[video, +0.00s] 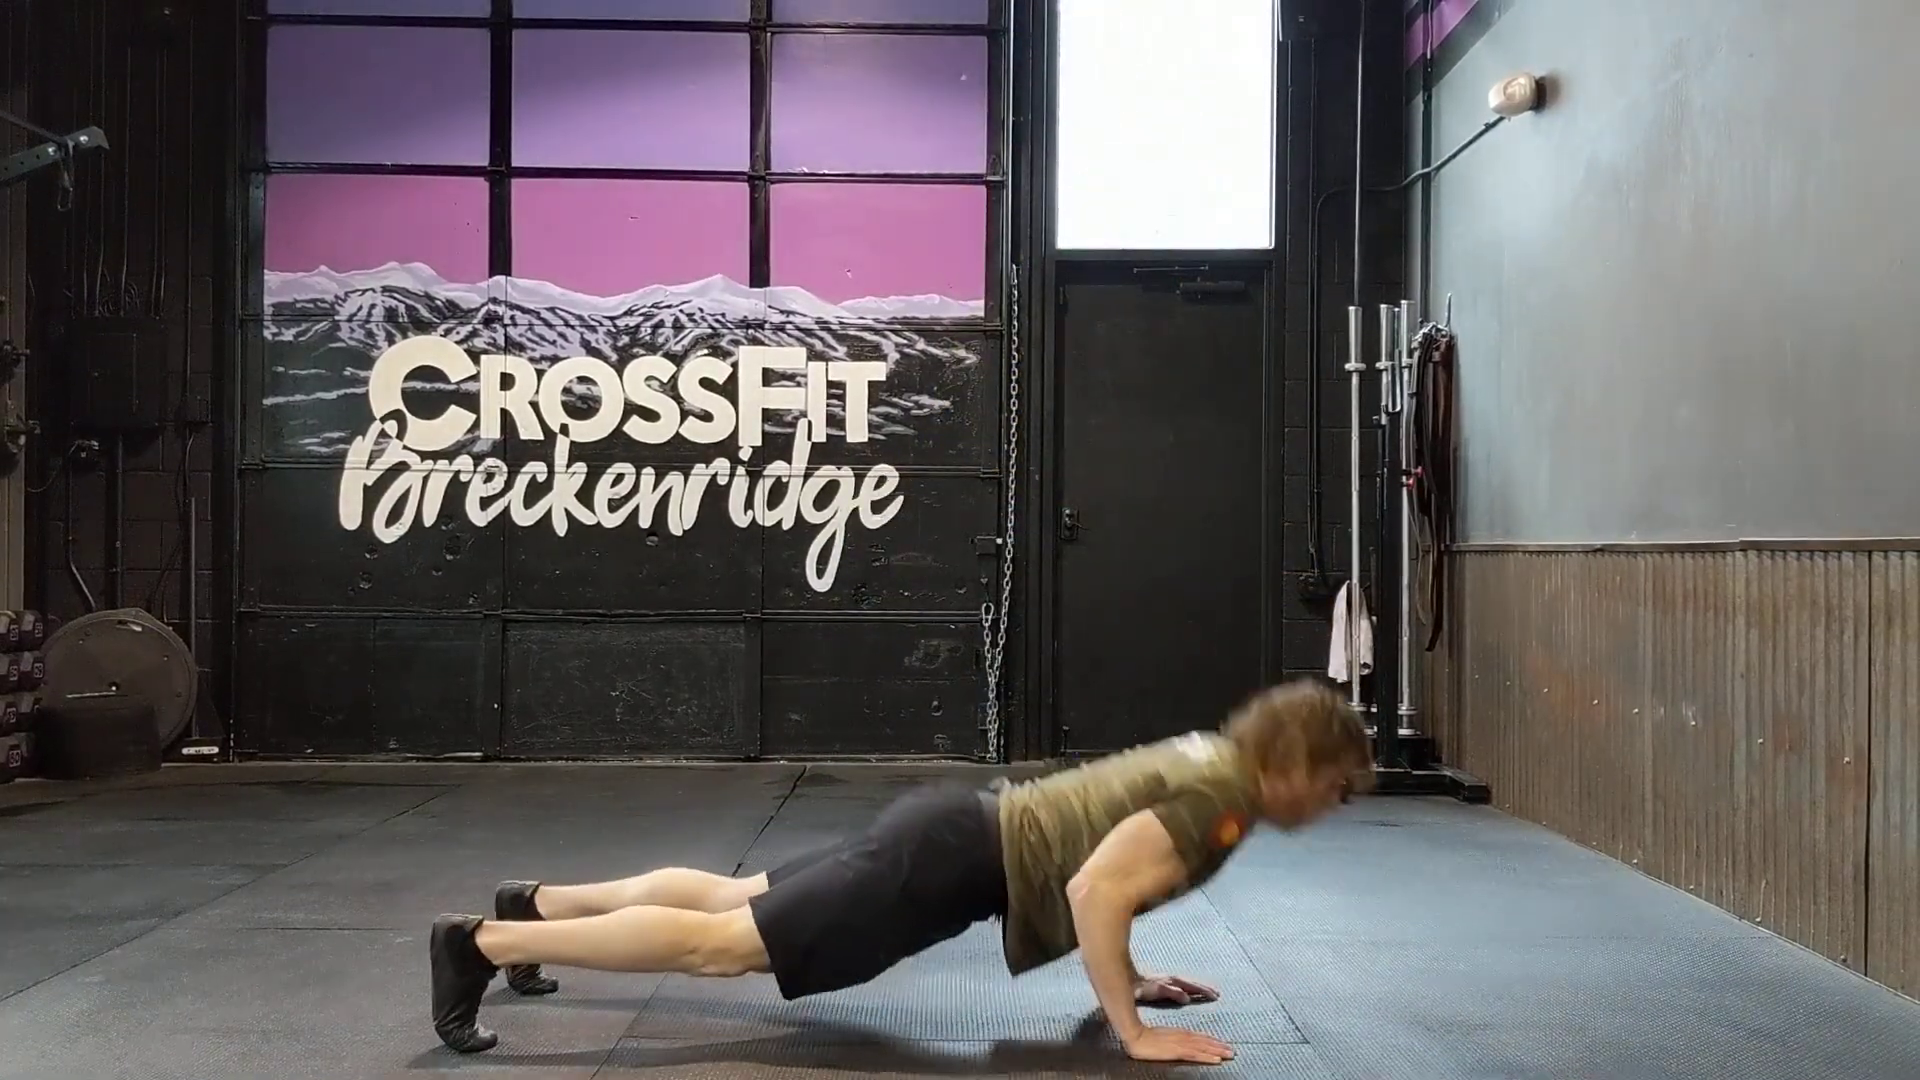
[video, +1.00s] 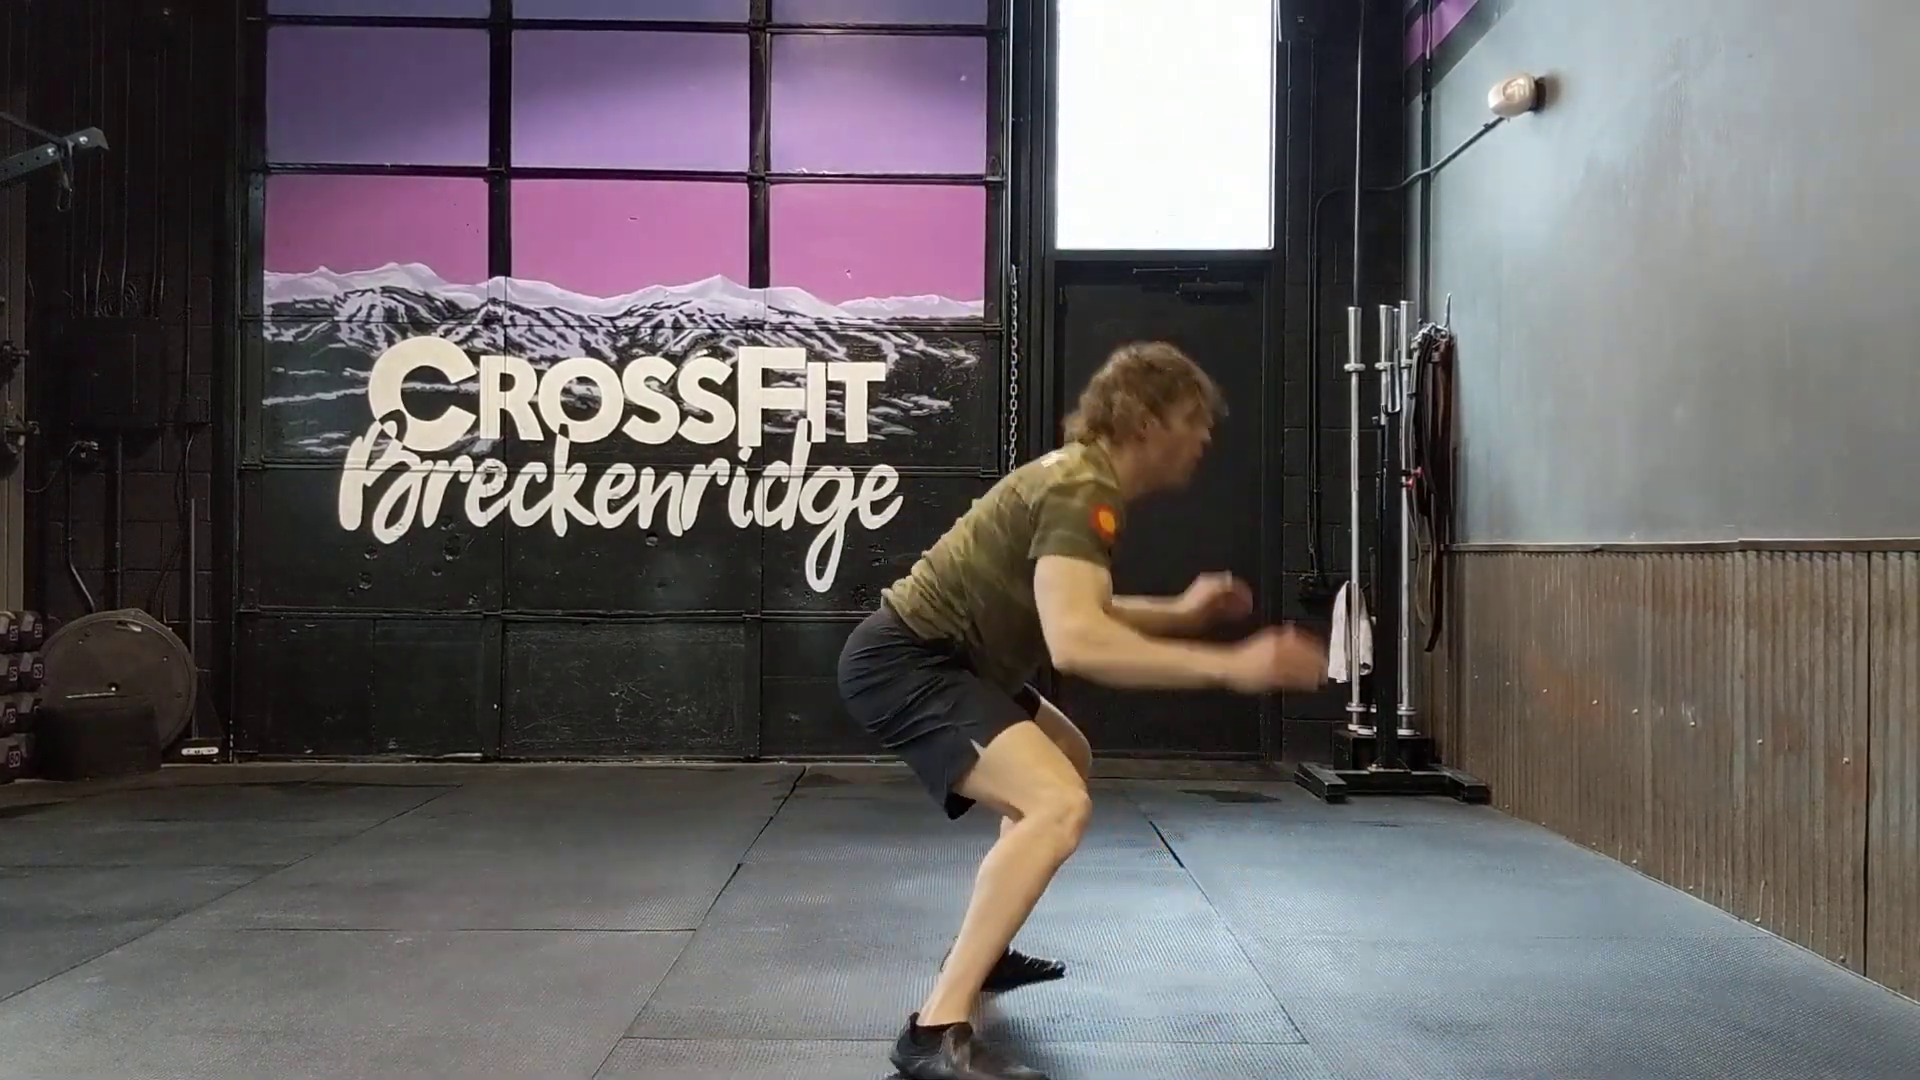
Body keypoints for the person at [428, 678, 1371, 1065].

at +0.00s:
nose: (1340, 798)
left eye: (1347, 783)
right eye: (1341, 781)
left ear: (1288, 743)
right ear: (1303, 765)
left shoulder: (1207, 768)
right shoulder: (1210, 799)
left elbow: (1101, 873)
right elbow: (1102, 889)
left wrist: (1133, 978)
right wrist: (1127, 1028)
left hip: (960, 824)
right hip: (961, 856)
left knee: (744, 896)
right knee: (723, 947)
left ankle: (545, 898)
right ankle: (485, 946)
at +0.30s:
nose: (1301, 762)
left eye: (1310, 748)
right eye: (1308, 742)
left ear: (1265, 693)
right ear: (1277, 704)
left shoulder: (1178, 697)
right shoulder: (1182, 710)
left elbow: (1123, 858)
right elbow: (1123, 868)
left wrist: (1133, 978)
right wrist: (1127, 1024)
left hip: (921, 724)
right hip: (923, 738)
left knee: (746, 856)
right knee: (746, 891)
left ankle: (551, 902)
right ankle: (501, 944)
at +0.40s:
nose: (1279, 769)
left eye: (1292, 758)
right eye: (1285, 751)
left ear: (1257, 706)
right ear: (1256, 717)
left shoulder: (1178, 689)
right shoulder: (1175, 699)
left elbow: (1124, 848)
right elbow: (1123, 863)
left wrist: (1131, 974)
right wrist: (1129, 1024)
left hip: (919, 625)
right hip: (925, 630)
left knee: (798, 823)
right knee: (812, 853)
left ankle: (636, 879)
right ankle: (578, 926)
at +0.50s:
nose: (1234, 750)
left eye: (1246, 740)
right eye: (1243, 732)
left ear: (1211, 683)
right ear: (1220, 694)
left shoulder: (1145, 676)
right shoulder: (1138, 685)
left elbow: (1114, 853)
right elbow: (1112, 863)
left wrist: (1126, 978)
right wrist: (1135, 1028)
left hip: (921, 588)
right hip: (897, 577)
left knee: (948, 791)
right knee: (939, 799)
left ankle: (814, 904)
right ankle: (752, 949)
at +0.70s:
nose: (1239, 657)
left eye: (1247, 644)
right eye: (1239, 637)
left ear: (1191, 602)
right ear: (1198, 605)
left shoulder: (1126, 630)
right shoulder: (1125, 642)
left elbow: (1124, 821)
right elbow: (1119, 830)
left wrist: (1158, 936)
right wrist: (1164, 975)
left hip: (888, 662)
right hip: (864, 669)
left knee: (1043, 769)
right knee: (1033, 798)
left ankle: (978, 955)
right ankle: (934, 1031)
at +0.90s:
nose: (1228, 524)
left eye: (1230, 509)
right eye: (1221, 506)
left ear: (1170, 502)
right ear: (1173, 499)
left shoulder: (1105, 550)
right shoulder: (1093, 554)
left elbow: (1098, 706)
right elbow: (1099, 728)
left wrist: (1178, 777)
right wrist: (1206, 837)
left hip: (922, 664)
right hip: (883, 669)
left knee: (1054, 760)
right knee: (1042, 804)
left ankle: (980, 954)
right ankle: (934, 1030)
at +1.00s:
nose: (1203, 447)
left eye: (1205, 432)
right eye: (1197, 429)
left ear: (1138, 424)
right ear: (1149, 424)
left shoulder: (1088, 481)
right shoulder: (1076, 488)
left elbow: (1082, 603)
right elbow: (1077, 643)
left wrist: (1181, 611)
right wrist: (1231, 665)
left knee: (1066, 755)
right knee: (1057, 805)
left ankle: (983, 952)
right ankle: (936, 1029)